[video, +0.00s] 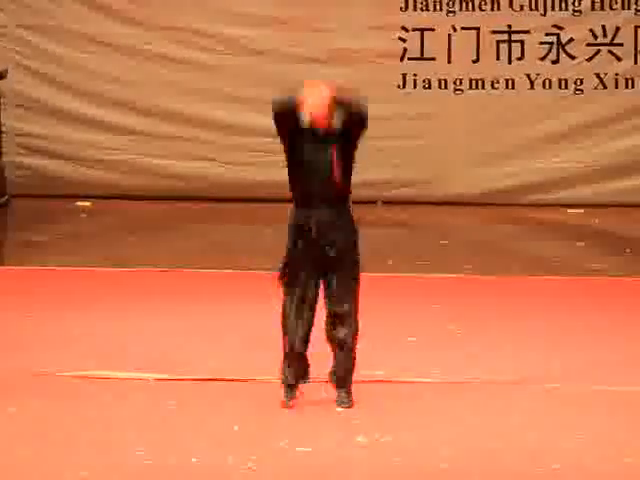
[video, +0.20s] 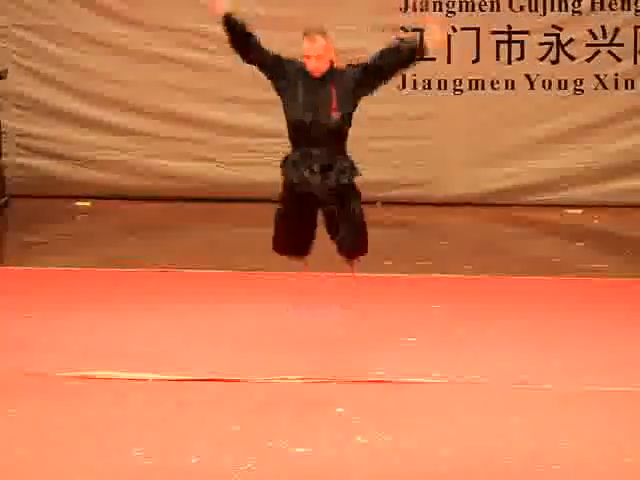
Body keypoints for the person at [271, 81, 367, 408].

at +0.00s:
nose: (319, 112)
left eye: (325, 105)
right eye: (313, 104)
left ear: (334, 111)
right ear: (305, 110)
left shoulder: (345, 139)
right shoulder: (295, 138)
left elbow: (359, 118)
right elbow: (280, 113)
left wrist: (343, 102)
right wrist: (299, 104)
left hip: (340, 228)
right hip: (304, 228)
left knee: (344, 310)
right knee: (297, 307)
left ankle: (343, 382)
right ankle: (291, 378)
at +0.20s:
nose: (312, 63)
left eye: (317, 57)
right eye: (307, 57)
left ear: (331, 55)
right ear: (302, 56)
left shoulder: (348, 81)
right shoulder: (288, 76)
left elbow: (382, 65)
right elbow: (254, 53)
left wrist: (415, 48)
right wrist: (228, 20)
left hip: (336, 170)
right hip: (300, 171)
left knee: (352, 240)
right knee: (293, 242)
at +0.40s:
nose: (310, 67)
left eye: (316, 60)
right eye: (306, 60)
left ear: (330, 58)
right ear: (299, 60)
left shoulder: (349, 87)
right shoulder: (289, 88)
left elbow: (385, 119)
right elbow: (266, 126)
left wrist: (422, 145)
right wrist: (242, 151)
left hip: (339, 173)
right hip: (300, 171)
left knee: (342, 242)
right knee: (292, 235)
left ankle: (325, 264)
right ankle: (294, 264)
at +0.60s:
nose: (311, 155)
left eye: (317, 147)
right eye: (305, 148)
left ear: (330, 145)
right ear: (298, 147)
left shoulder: (353, 173)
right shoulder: (286, 174)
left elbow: (380, 208)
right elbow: (276, 214)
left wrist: (385, 251)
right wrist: (275, 250)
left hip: (337, 246)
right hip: (298, 247)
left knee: (332, 312)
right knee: (287, 299)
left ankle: (316, 384)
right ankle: (321, 353)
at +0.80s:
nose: (319, 215)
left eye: (325, 208)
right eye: (313, 208)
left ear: (335, 208)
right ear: (305, 209)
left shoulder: (349, 238)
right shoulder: (294, 238)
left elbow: (359, 282)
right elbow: (289, 285)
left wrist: (328, 285)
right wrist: (305, 283)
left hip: (342, 315)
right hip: (305, 316)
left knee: (344, 363)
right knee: (290, 370)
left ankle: (319, 398)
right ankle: (342, 406)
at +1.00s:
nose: (324, 244)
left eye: (331, 237)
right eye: (319, 237)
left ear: (344, 239)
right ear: (312, 239)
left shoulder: (353, 272)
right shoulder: (298, 270)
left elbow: (369, 292)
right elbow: (276, 295)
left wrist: (333, 278)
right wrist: (306, 278)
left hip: (347, 355)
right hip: (309, 355)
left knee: (352, 408)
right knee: (290, 413)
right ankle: (351, 414)